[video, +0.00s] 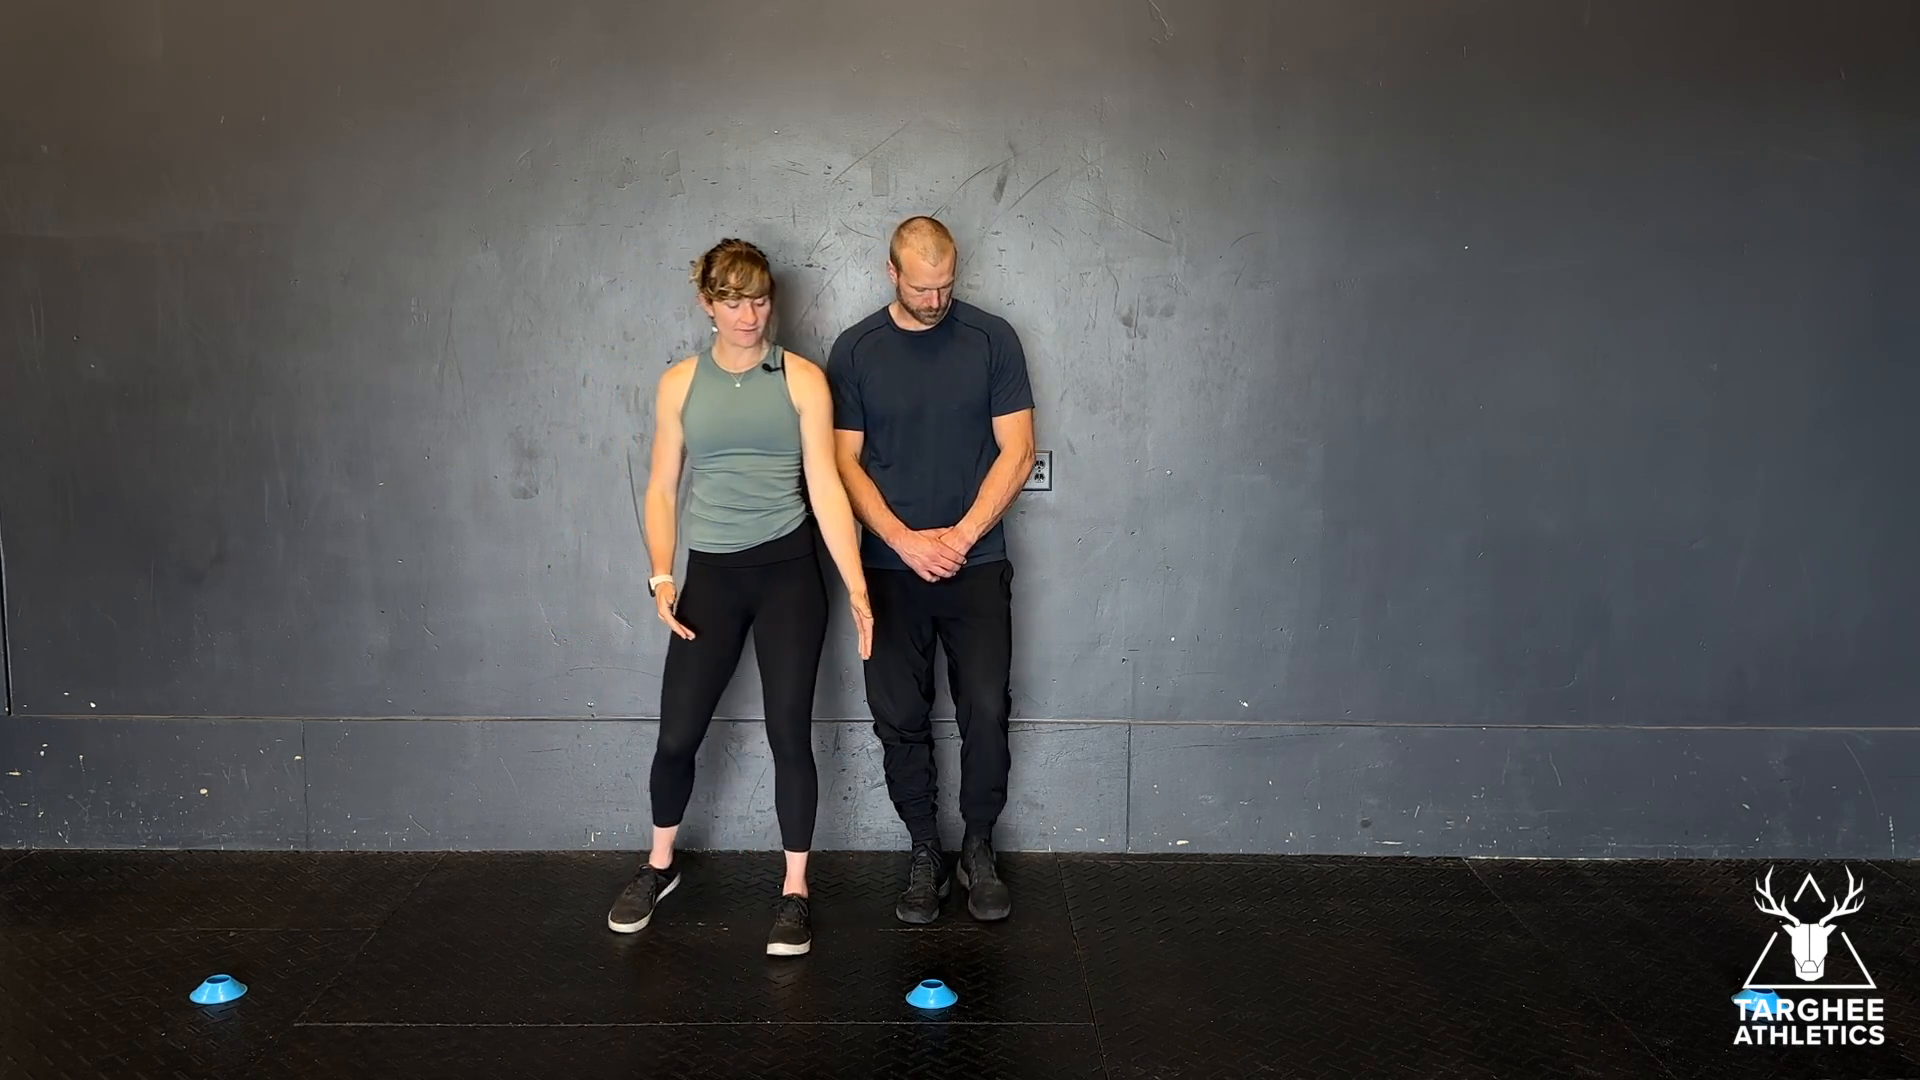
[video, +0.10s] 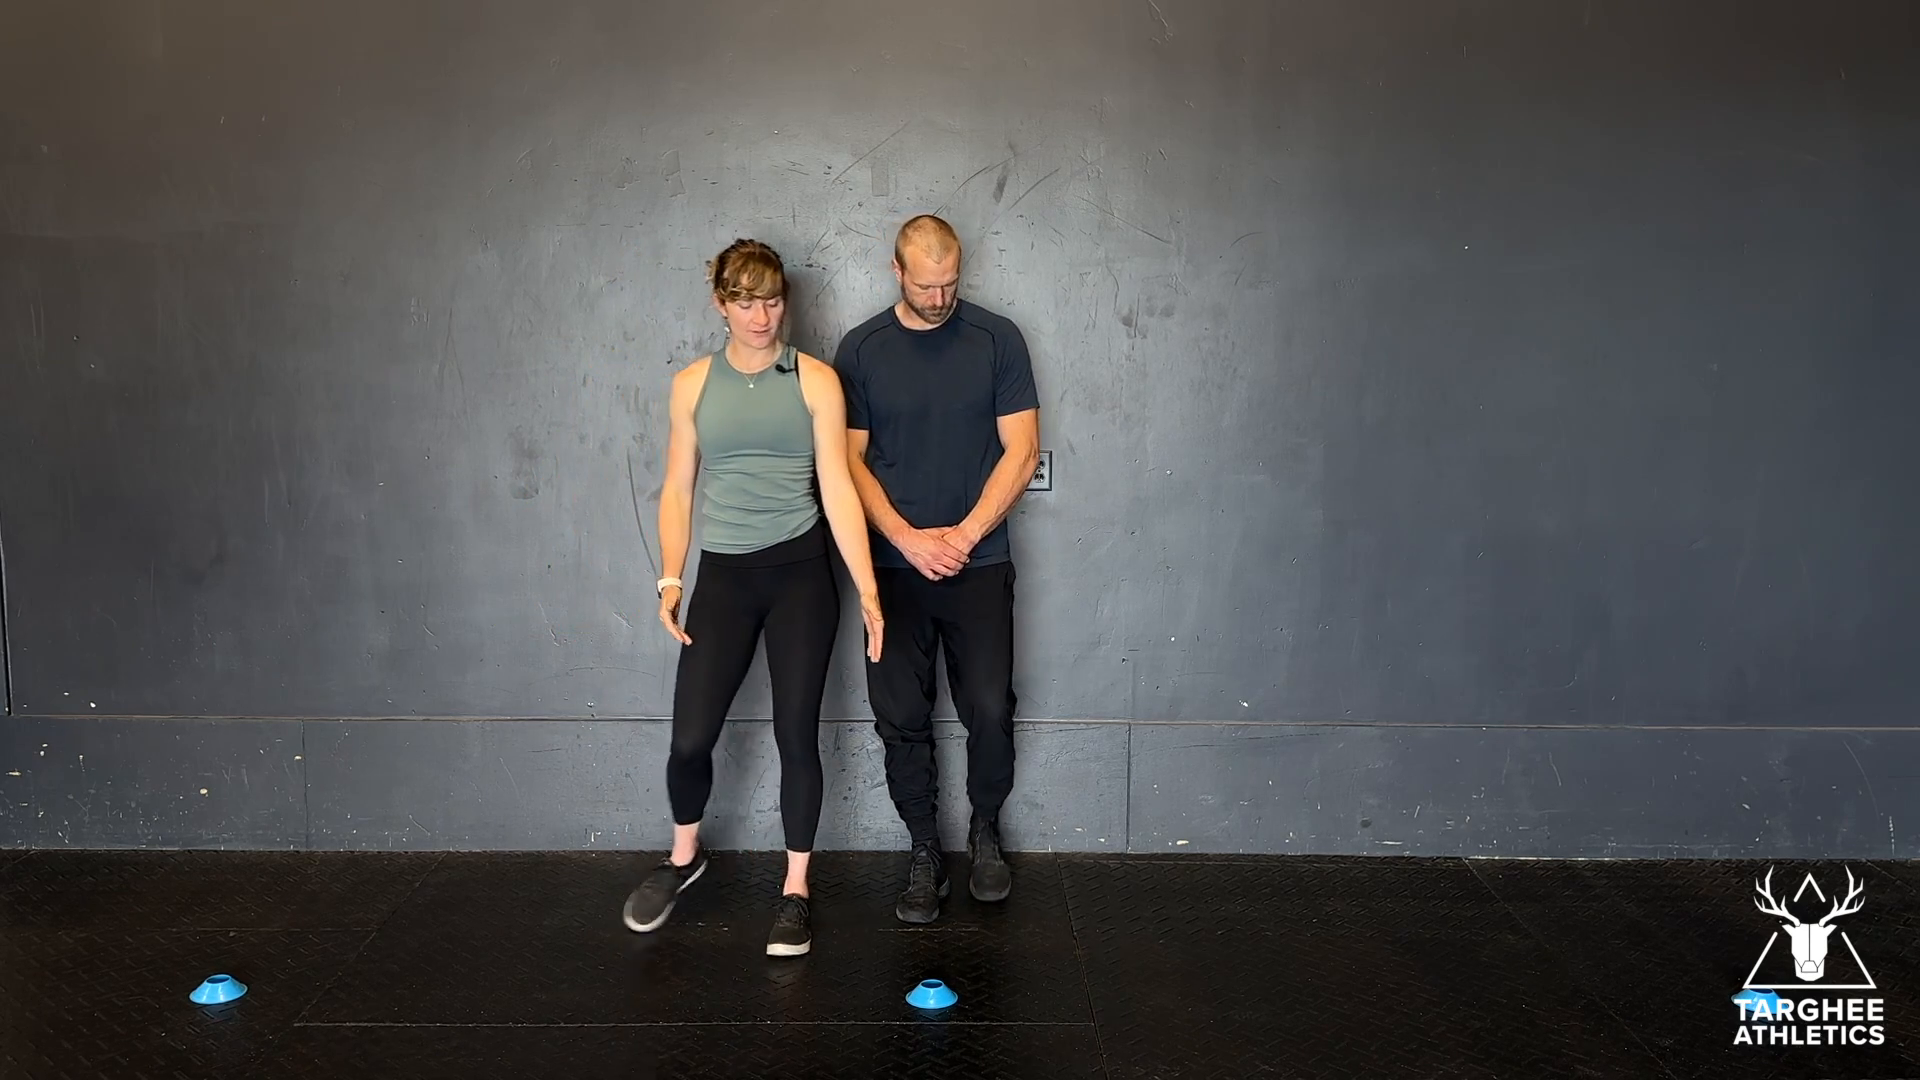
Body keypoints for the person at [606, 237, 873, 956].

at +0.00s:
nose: (747, 313)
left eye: (757, 299)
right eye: (732, 301)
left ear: (771, 302)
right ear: (708, 305)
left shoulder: (803, 380)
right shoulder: (680, 383)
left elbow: (826, 489)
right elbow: (663, 487)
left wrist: (856, 587)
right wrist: (662, 573)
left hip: (791, 570)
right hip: (710, 572)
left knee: (788, 733)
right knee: (675, 739)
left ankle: (795, 889)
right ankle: (660, 861)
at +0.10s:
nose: (760, 314)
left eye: (770, 300)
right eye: (745, 301)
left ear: (784, 303)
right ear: (722, 305)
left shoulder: (816, 381)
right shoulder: (693, 383)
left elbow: (838, 491)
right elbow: (678, 487)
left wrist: (867, 591)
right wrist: (672, 575)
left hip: (803, 572)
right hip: (723, 574)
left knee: (795, 735)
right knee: (689, 741)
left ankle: (795, 890)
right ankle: (683, 858)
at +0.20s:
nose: (770, 312)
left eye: (779, 298)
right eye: (754, 300)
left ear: (794, 300)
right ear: (731, 305)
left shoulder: (826, 381)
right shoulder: (701, 384)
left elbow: (846, 490)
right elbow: (685, 489)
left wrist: (875, 592)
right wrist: (676, 581)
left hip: (810, 574)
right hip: (730, 577)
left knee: (801, 733)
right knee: (709, 739)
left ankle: (796, 887)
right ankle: (722, 844)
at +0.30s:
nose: (773, 311)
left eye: (785, 297)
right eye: (759, 298)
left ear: (800, 300)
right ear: (738, 304)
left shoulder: (833, 381)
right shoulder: (707, 383)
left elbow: (852, 494)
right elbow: (685, 488)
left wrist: (881, 595)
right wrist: (673, 587)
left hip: (815, 574)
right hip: (735, 577)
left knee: (803, 731)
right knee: (735, 730)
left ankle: (796, 889)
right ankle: (764, 853)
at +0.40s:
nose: (776, 308)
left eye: (788, 295)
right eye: (762, 296)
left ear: (805, 301)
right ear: (744, 303)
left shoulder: (839, 383)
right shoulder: (712, 381)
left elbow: (856, 497)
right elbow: (685, 488)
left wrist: (882, 595)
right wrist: (668, 585)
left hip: (818, 573)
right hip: (737, 575)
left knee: (803, 732)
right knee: (758, 724)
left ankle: (792, 885)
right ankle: (794, 872)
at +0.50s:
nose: (775, 308)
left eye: (788, 294)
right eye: (762, 295)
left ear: (808, 301)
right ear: (747, 303)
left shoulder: (843, 385)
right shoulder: (716, 379)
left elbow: (858, 496)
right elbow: (685, 484)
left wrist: (882, 597)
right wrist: (664, 578)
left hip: (819, 573)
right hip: (738, 574)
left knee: (803, 733)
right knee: (761, 722)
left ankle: (794, 880)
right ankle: (796, 877)